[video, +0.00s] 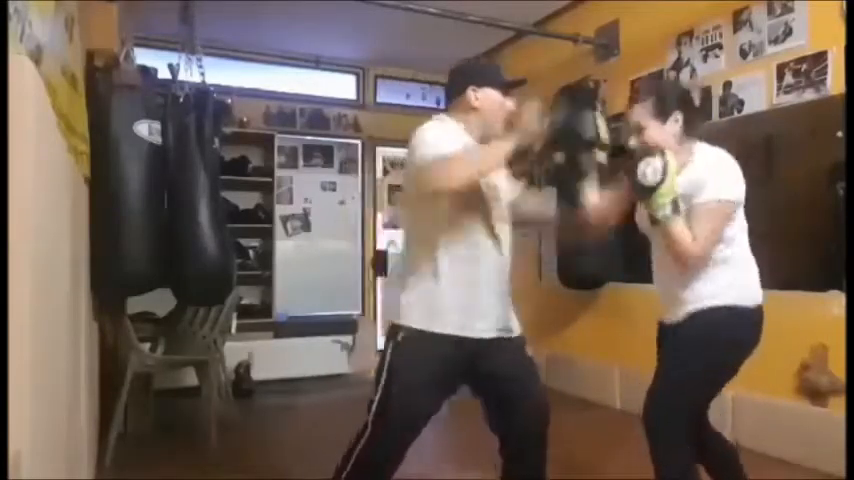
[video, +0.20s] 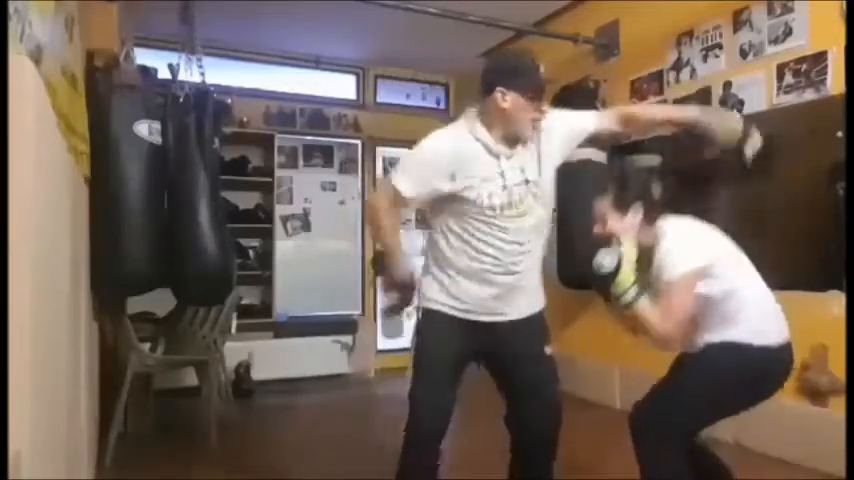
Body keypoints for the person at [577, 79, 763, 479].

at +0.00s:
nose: (635, 139)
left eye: (642, 128)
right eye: (632, 130)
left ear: (676, 121)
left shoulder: (717, 167)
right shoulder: (652, 169)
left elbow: (692, 255)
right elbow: (598, 215)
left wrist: (660, 200)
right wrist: (580, 162)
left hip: (726, 312)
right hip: (679, 316)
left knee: (663, 416)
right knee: (688, 421)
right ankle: (731, 471)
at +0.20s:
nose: (598, 230)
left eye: (605, 219)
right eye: (597, 220)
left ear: (638, 212)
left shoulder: (679, 240)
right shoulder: (663, 242)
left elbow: (671, 333)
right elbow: (671, 331)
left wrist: (630, 293)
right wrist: (625, 301)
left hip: (751, 350)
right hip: (724, 345)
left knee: (654, 424)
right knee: (652, 418)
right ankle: (711, 472)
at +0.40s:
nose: (607, 226)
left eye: (609, 216)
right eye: (604, 218)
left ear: (631, 207)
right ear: (638, 205)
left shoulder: (646, 243)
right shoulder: (686, 221)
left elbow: (653, 328)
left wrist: (621, 289)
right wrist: (631, 276)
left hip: (729, 362)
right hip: (767, 358)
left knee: (631, 423)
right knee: (667, 431)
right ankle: (718, 473)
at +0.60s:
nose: (626, 182)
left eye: (627, 170)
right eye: (622, 173)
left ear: (652, 157)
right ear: (651, 160)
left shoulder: (698, 188)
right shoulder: (672, 201)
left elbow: (690, 272)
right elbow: (637, 263)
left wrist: (652, 231)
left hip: (730, 328)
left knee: (644, 417)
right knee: (669, 424)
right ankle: (722, 473)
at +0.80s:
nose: (627, 172)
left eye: (629, 161)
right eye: (623, 165)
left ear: (656, 150)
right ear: (656, 153)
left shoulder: (686, 183)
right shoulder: (686, 183)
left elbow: (675, 266)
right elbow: (679, 255)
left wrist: (643, 218)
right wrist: (638, 249)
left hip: (736, 317)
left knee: (661, 414)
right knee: (676, 416)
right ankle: (728, 473)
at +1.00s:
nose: (616, 220)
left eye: (617, 210)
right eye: (613, 212)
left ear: (633, 204)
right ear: (656, 197)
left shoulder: (649, 231)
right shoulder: (688, 219)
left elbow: (642, 311)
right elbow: (678, 307)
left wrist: (617, 276)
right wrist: (632, 268)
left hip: (737, 345)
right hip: (783, 342)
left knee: (652, 422)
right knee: (689, 424)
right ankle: (731, 473)